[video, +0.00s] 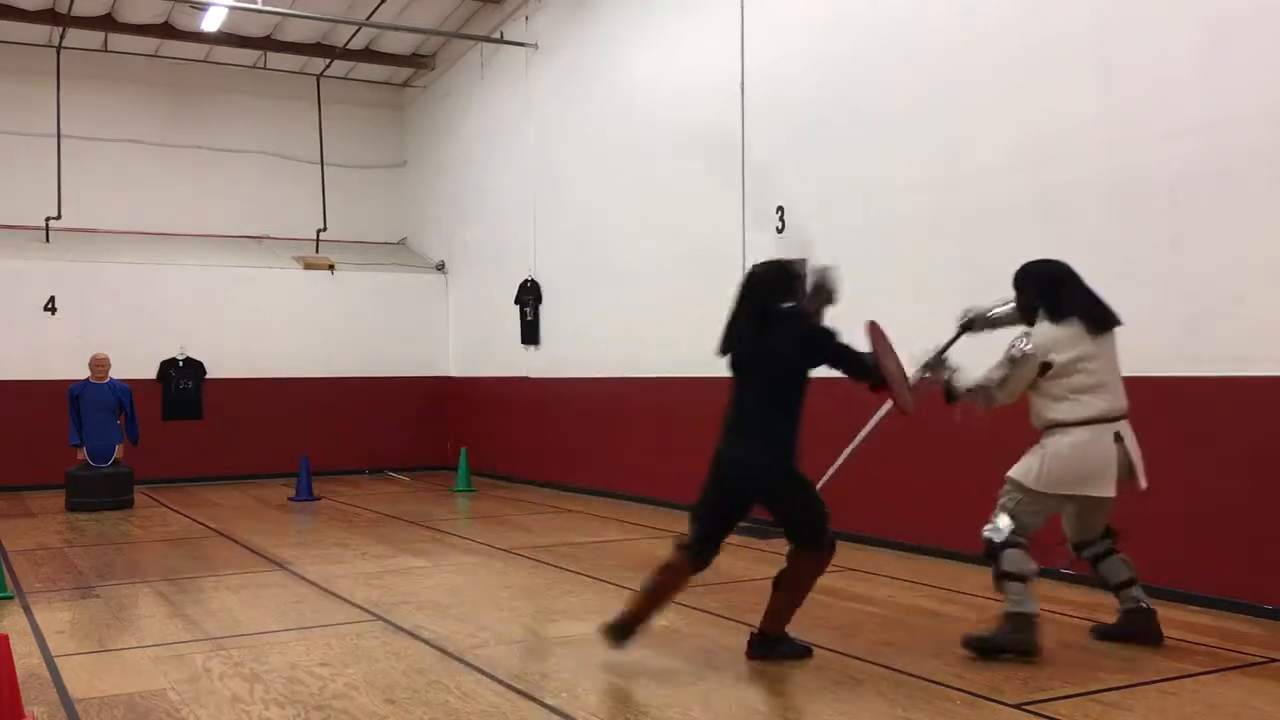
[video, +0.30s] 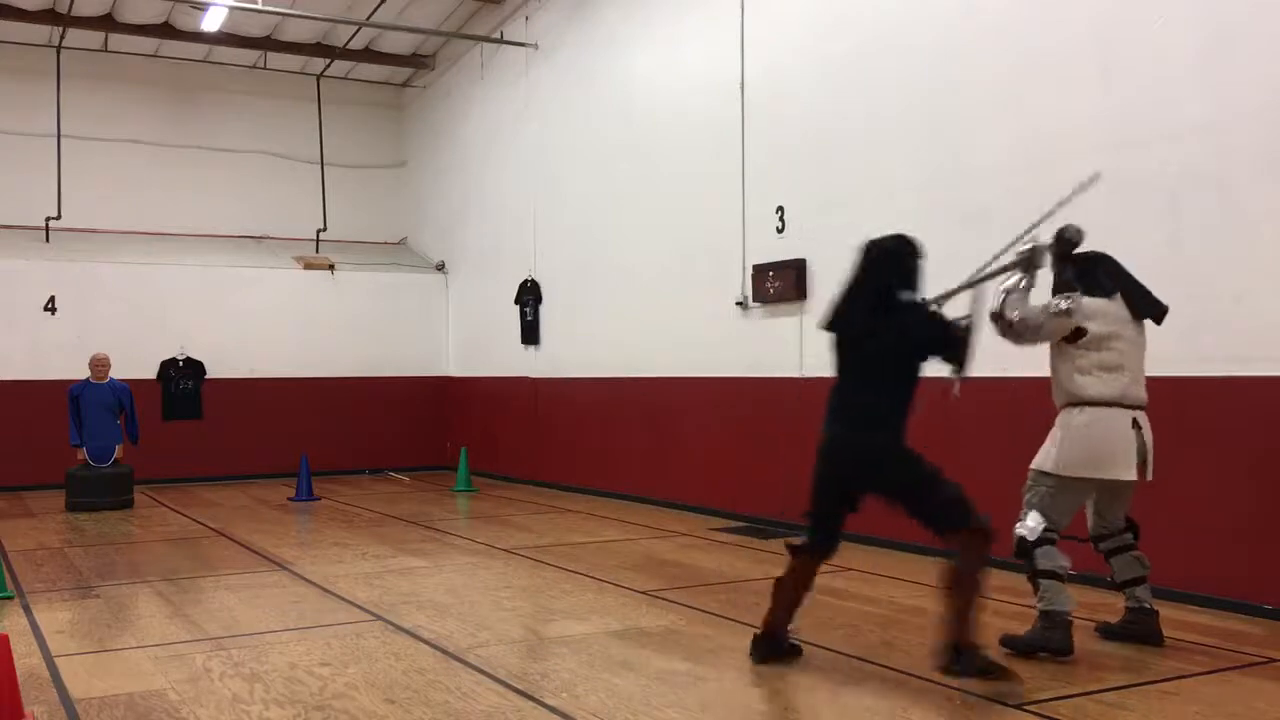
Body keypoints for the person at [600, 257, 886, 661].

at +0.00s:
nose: (805, 297)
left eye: (801, 288)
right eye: (800, 290)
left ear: (755, 296)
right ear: (793, 296)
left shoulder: (745, 331)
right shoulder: (804, 332)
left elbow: (790, 342)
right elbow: (861, 367)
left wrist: (813, 309)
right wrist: (886, 372)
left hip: (731, 460)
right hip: (772, 465)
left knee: (697, 549)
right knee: (815, 546)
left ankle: (628, 621)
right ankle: (769, 636)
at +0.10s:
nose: (836, 273)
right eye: (831, 267)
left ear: (785, 272)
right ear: (825, 274)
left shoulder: (773, 306)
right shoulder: (841, 315)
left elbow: (800, 283)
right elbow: (880, 367)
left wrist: (842, 276)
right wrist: (888, 378)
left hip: (764, 439)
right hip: (810, 443)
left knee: (750, 531)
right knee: (838, 535)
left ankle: (722, 621)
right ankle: (786, 621)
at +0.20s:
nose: (870, 271)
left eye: (867, 264)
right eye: (867, 264)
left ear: (821, 263)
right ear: (860, 269)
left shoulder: (805, 300)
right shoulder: (874, 309)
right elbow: (916, 360)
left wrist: (881, 292)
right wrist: (921, 324)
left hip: (796, 437)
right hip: (844, 439)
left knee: (791, 533)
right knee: (902, 526)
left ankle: (771, 636)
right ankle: (851, 616)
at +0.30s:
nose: (918, 276)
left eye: (916, 268)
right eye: (915, 269)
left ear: (868, 268)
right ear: (905, 273)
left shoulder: (849, 311)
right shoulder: (913, 317)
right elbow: (957, 351)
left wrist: (922, 319)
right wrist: (952, 324)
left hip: (837, 451)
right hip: (884, 452)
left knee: (817, 542)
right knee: (971, 535)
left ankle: (770, 637)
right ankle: (960, 649)